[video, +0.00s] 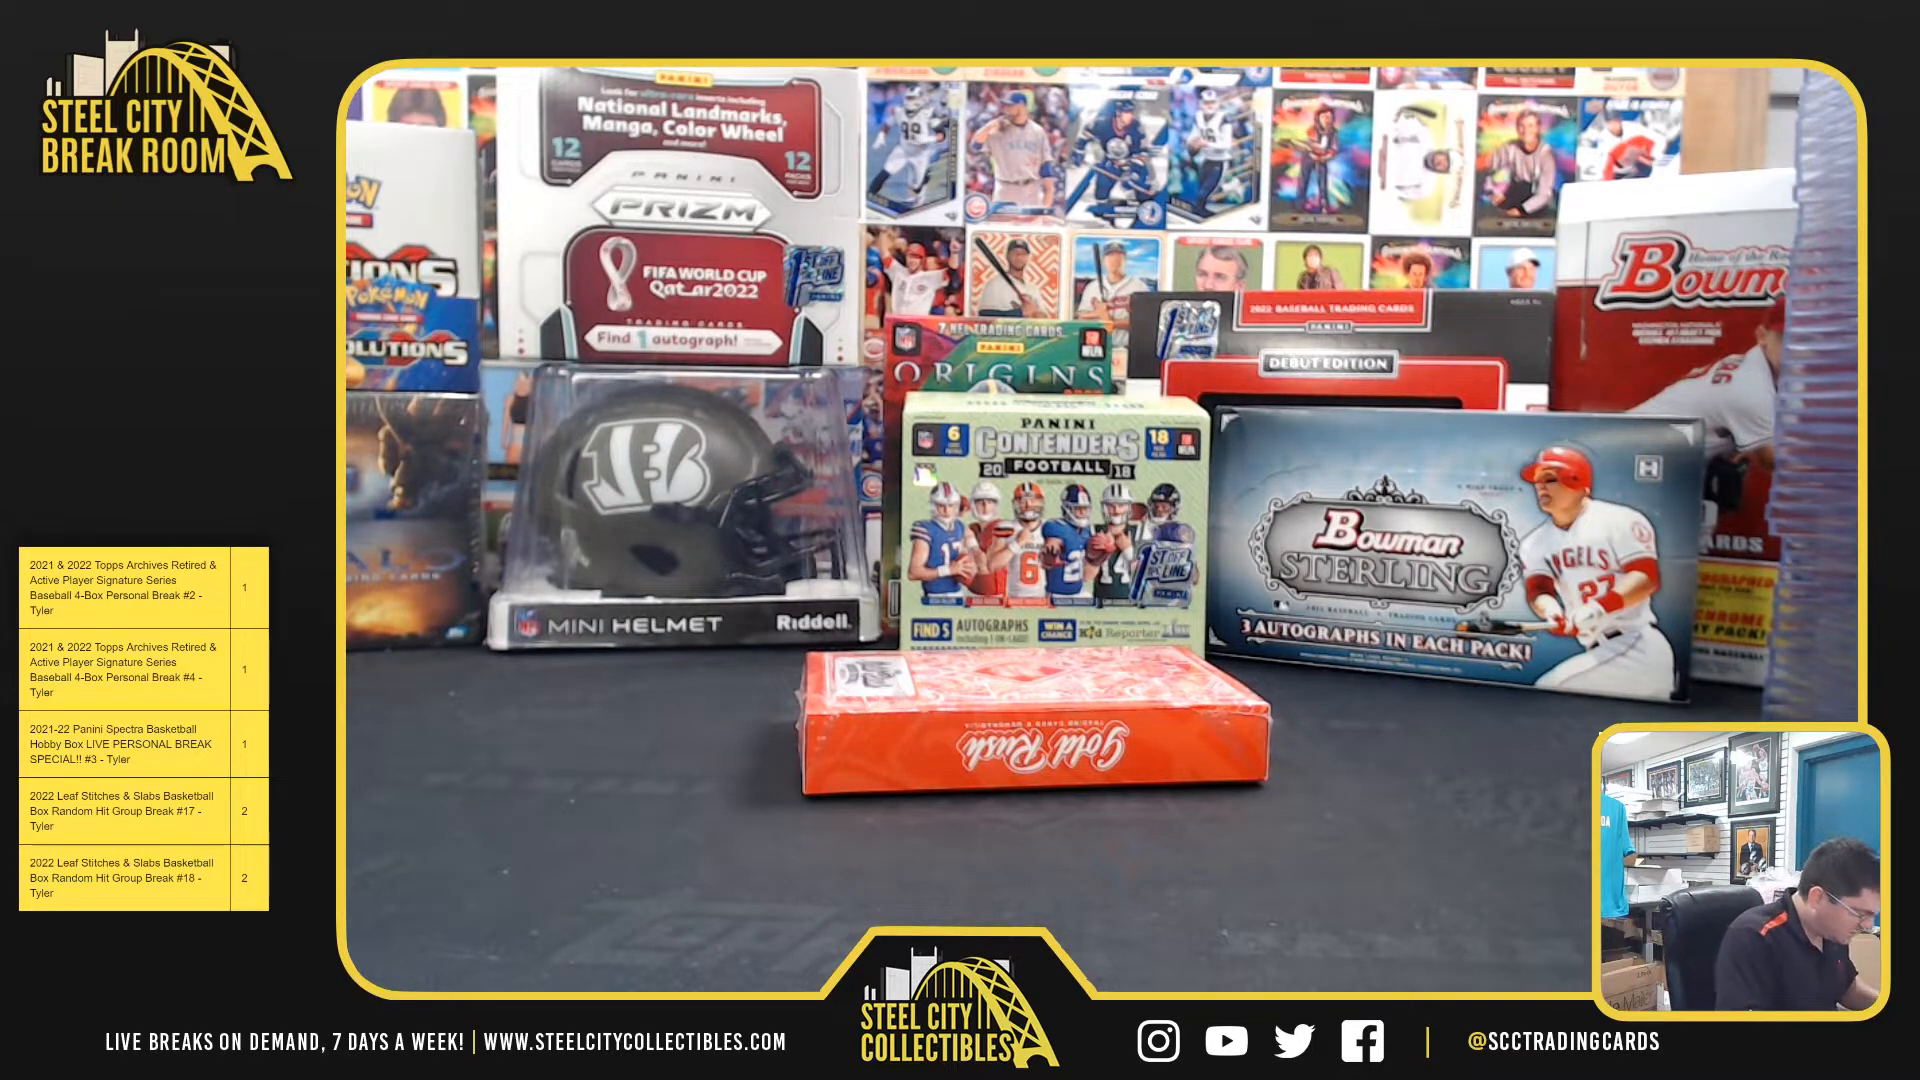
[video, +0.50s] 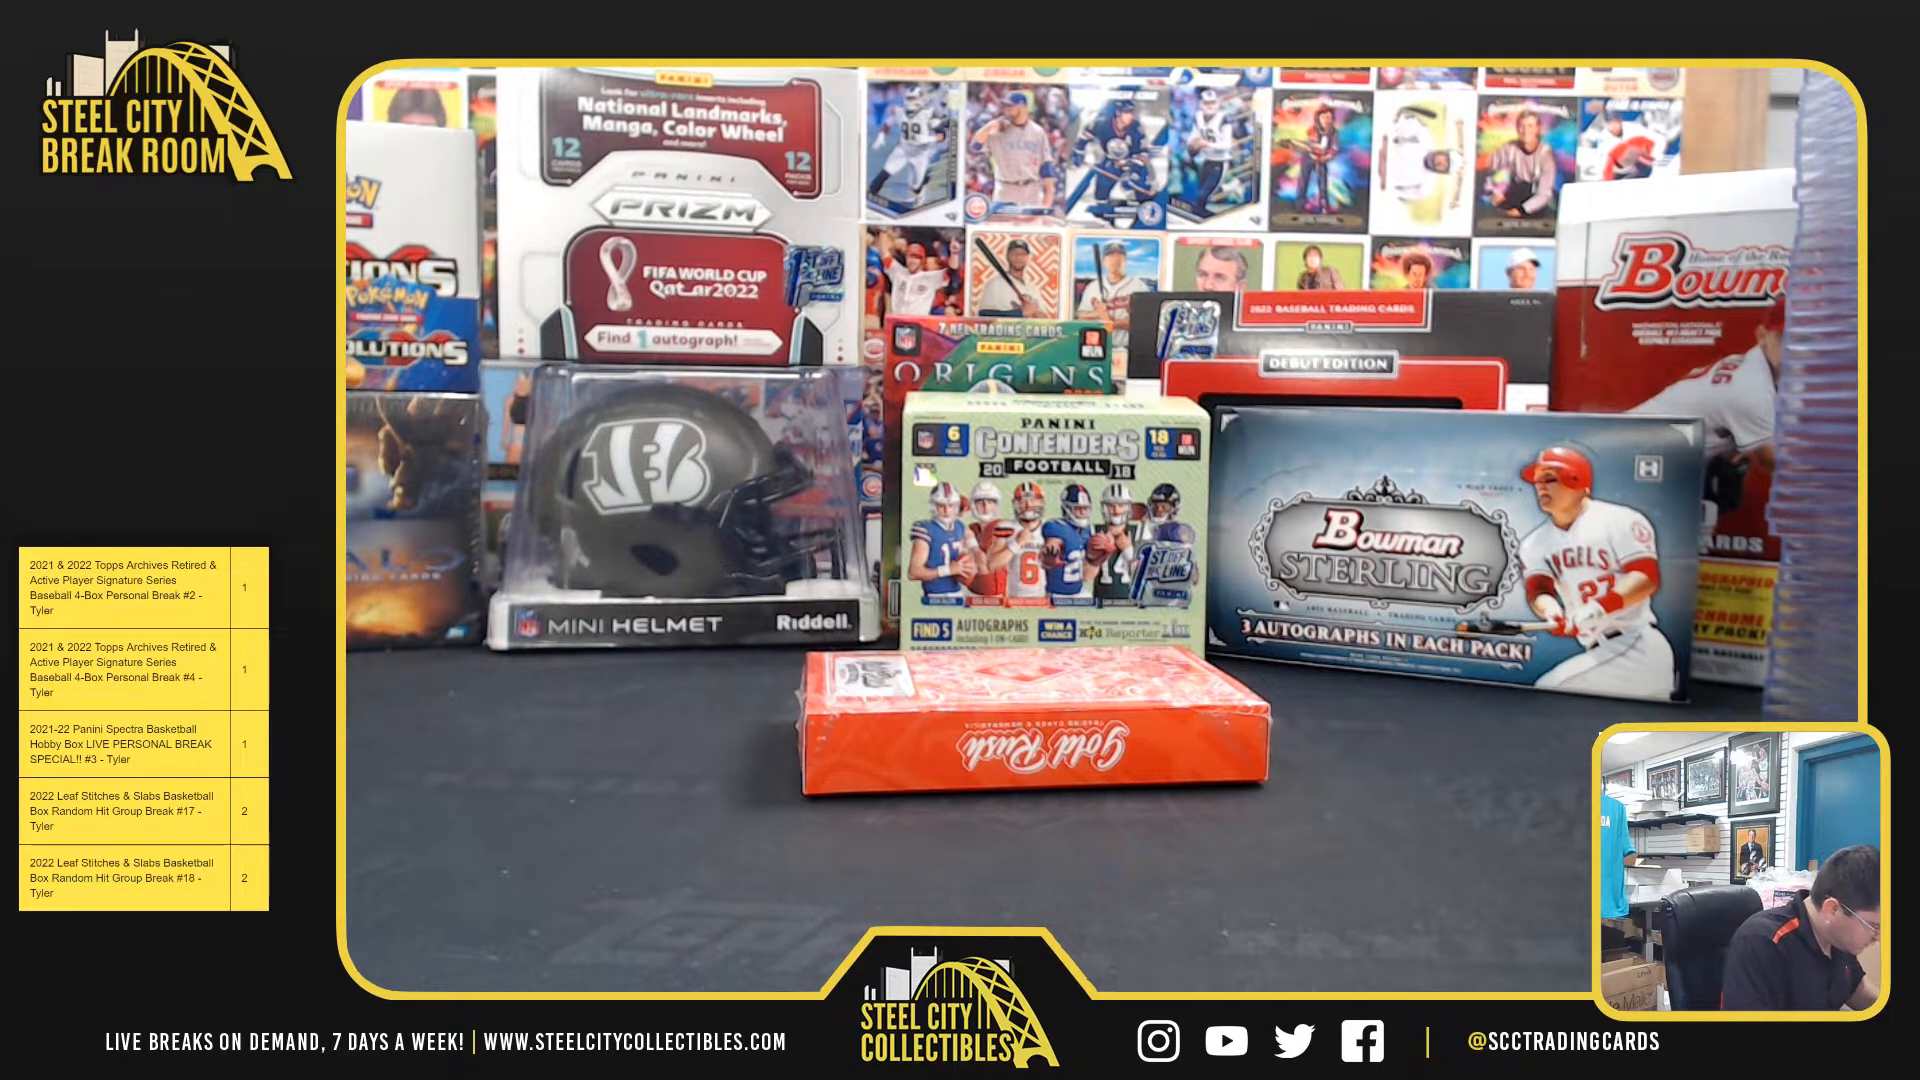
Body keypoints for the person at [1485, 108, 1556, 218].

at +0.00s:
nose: (1526, 130)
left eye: (1530, 126)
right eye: (1522, 126)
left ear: (1538, 128)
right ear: (1517, 129)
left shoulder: (1545, 153)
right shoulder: (1508, 150)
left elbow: (1545, 192)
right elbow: (1490, 175)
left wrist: (1523, 209)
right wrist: (1494, 193)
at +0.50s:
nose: (1526, 131)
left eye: (1530, 126)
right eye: (1522, 126)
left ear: (1538, 129)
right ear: (1517, 129)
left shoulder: (1545, 154)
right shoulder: (1507, 151)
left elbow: (1545, 192)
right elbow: (1491, 178)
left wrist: (1523, 209)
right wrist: (1494, 194)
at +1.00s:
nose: (1526, 131)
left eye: (1530, 126)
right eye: (1522, 126)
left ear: (1538, 129)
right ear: (1517, 129)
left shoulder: (1545, 154)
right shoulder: (1507, 151)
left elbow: (1545, 192)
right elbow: (1491, 178)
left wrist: (1523, 209)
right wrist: (1494, 194)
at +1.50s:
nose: (1526, 131)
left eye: (1530, 126)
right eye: (1522, 126)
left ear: (1538, 129)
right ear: (1517, 129)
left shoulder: (1545, 154)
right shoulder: (1507, 151)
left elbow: (1545, 192)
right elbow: (1491, 178)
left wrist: (1523, 209)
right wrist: (1494, 194)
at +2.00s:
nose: (1526, 130)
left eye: (1531, 126)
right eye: (1522, 126)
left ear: (1539, 129)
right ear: (1517, 129)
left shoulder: (1545, 154)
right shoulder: (1506, 151)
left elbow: (1545, 192)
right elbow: (1490, 178)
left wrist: (1522, 209)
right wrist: (1494, 194)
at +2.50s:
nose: (1526, 130)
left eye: (1531, 126)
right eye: (1522, 126)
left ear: (1539, 129)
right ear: (1517, 130)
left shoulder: (1545, 154)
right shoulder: (1506, 151)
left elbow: (1545, 192)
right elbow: (1490, 179)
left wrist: (1523, 209)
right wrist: (1494, 194)